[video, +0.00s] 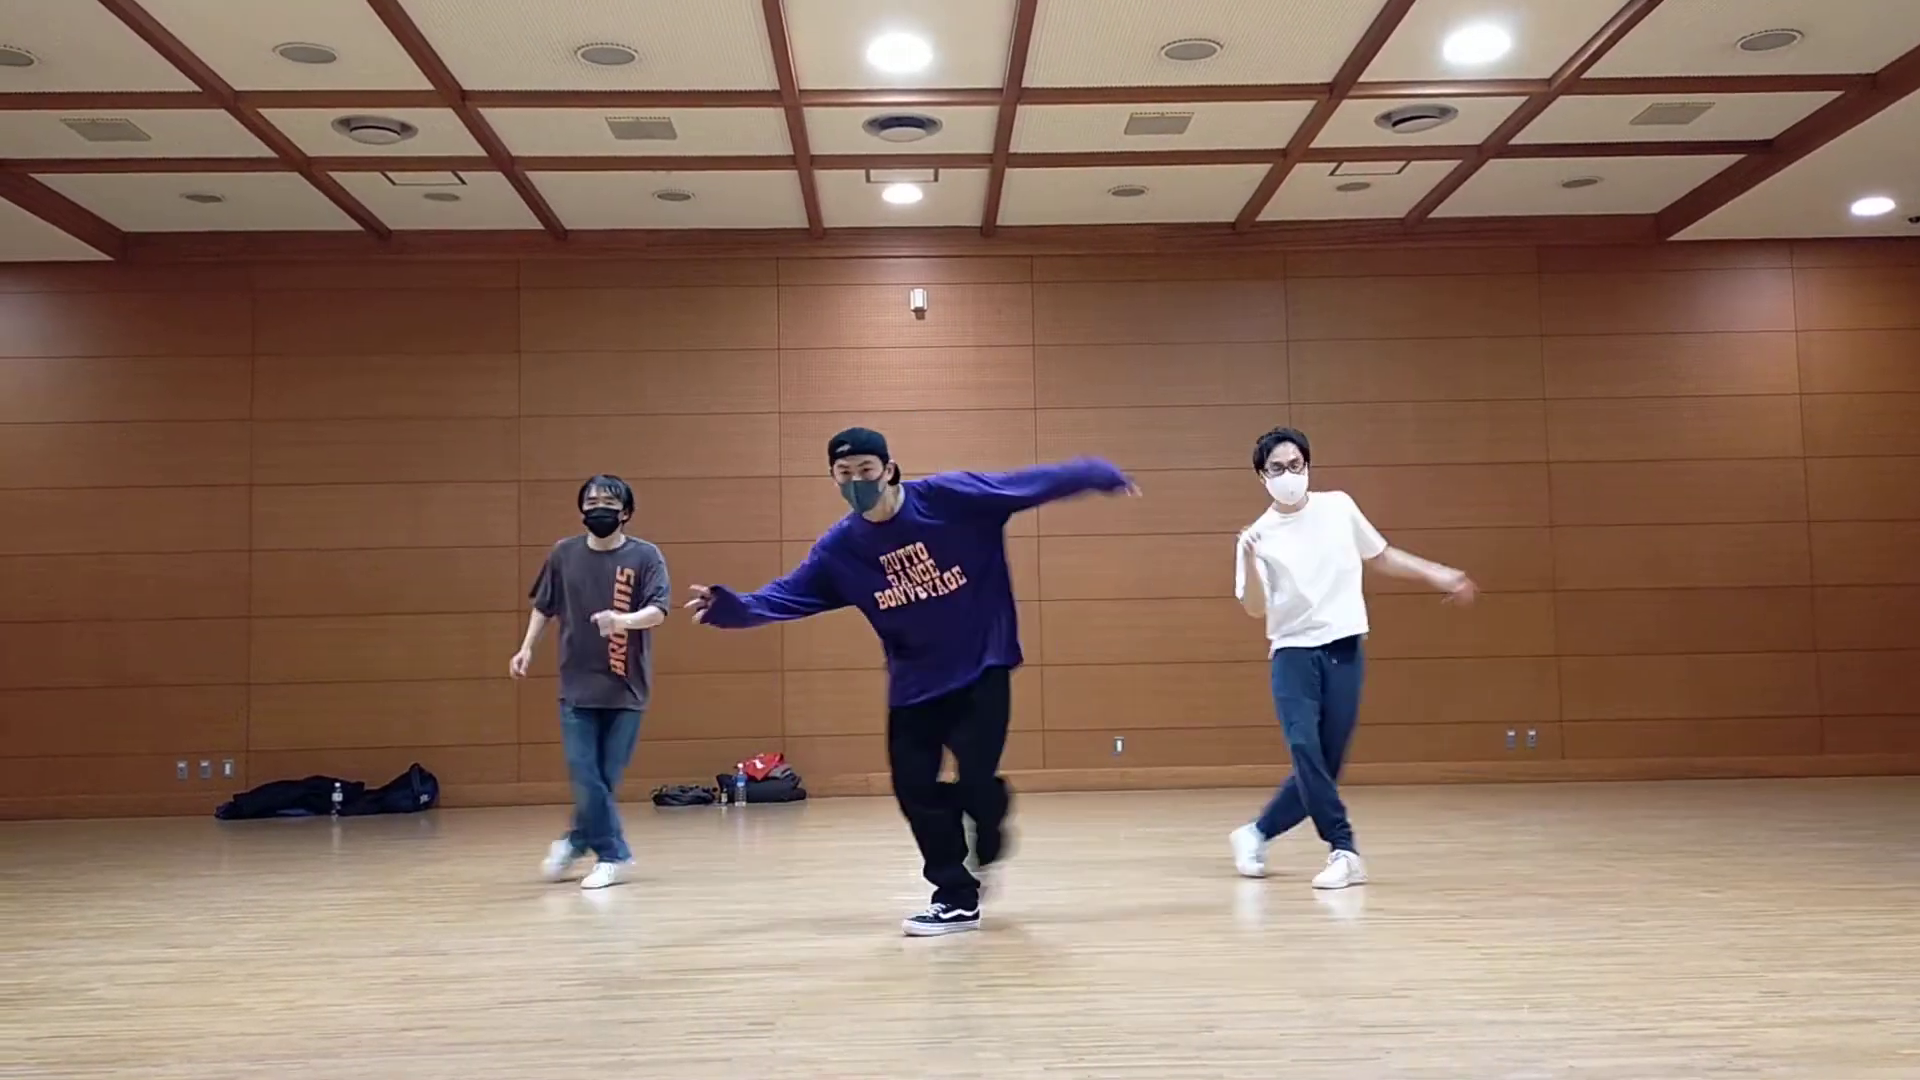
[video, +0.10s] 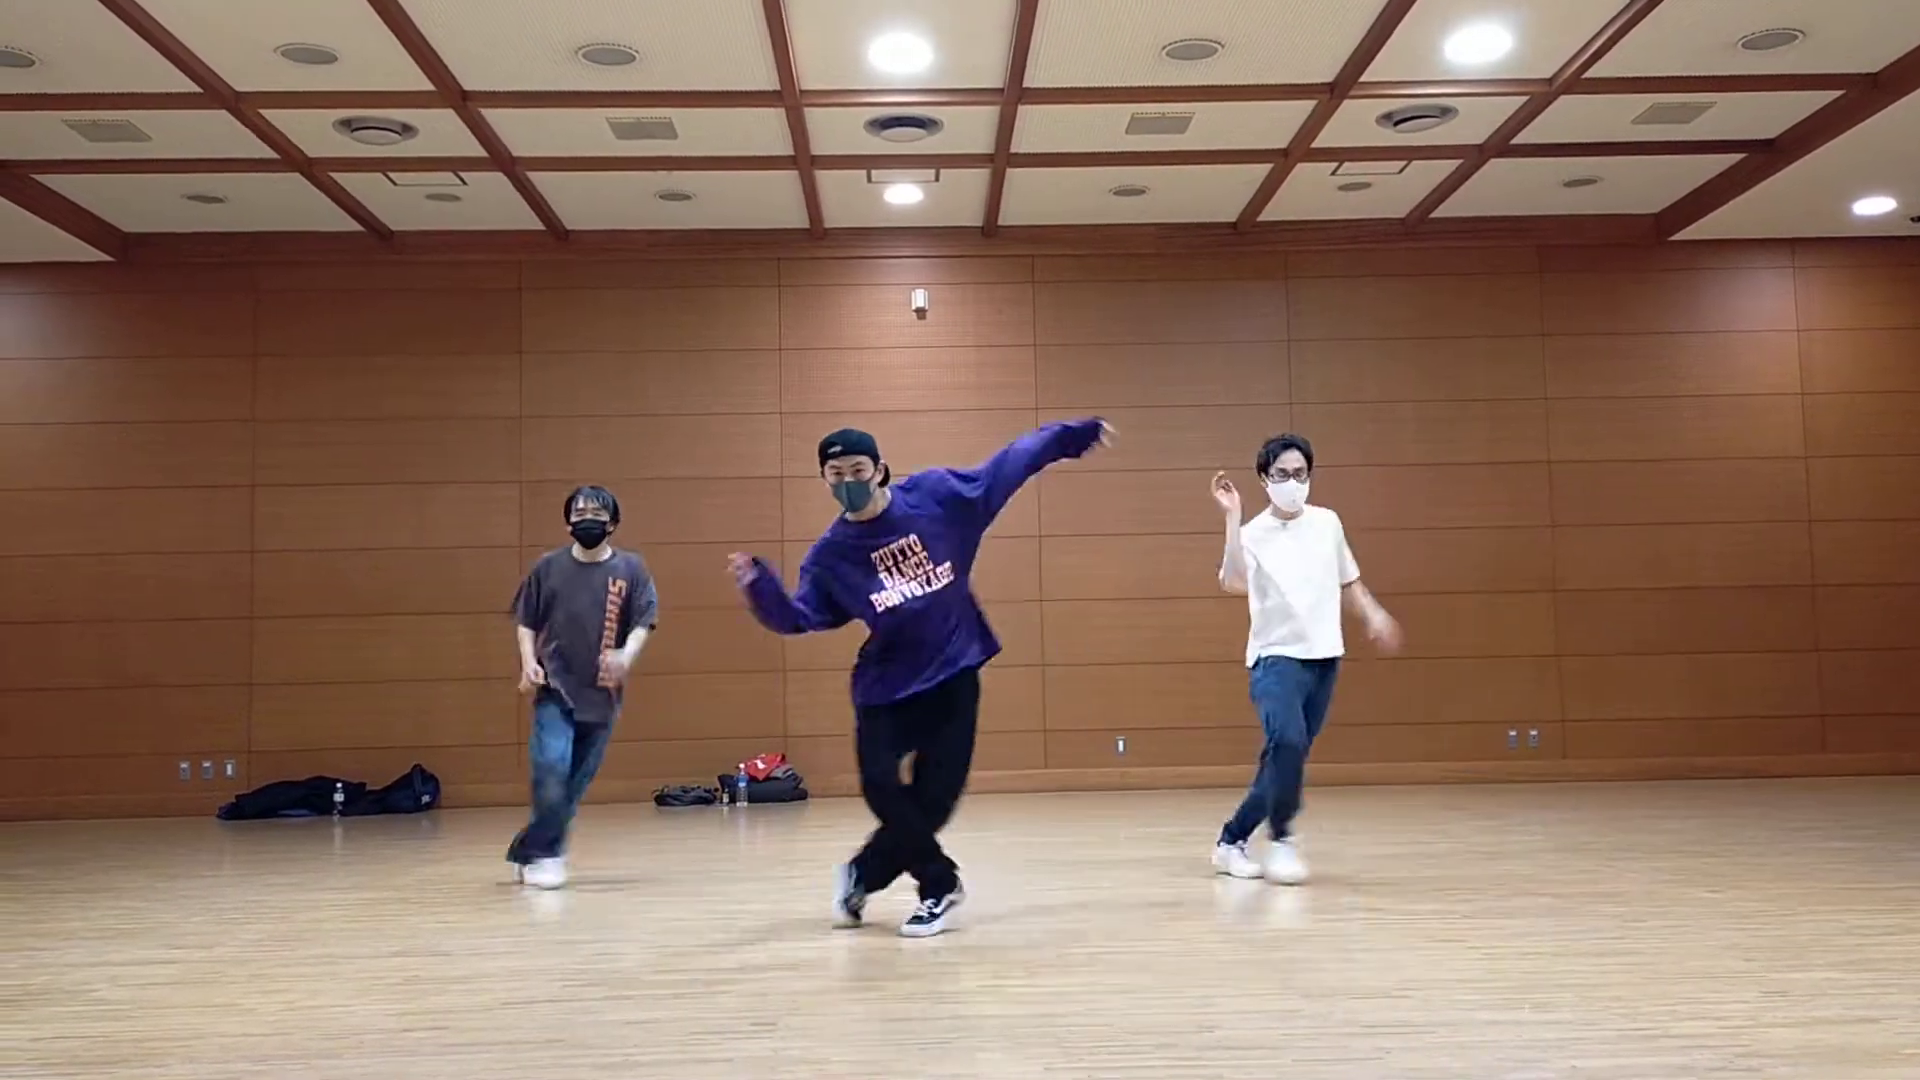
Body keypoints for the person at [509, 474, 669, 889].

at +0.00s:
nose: (600, 508)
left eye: (609, 501)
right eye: (593, 501)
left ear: (625, 511)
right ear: (582, 510)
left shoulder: (647, 556)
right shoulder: (563, 553)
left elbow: (657, 612)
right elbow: (544, 606)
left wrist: (621, 620)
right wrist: (527, 647)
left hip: (627, 688)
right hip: (578, 686)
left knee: (607, 775)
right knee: (582, 771)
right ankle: (612, 855)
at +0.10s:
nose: (589, 521)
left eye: (597, 515)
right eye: (581, 515)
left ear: (612, 522)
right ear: (569, 521)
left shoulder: (631, 569)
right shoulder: (549, 567)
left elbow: (644, 621)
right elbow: (526, 618)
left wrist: (624, 658)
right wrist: (528, 660)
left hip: (601, 689)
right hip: (555, 684)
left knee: (577, 779)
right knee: (551, 764)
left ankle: (532, 850)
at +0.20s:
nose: (578, 519)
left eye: (586, 513)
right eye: (570, 512)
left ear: (600, 522)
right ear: (558, 521)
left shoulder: (616, 574)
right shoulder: (538, 567)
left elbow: (624, 635)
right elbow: (516, 622)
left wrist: (628, 686)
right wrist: (551, 649)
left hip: (587, 702)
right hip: (542, 698)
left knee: (564, 790)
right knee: (530, 776)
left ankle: (530, 857)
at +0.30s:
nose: (573, 504)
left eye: (581, 498)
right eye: (565, 497)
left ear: (594, 507)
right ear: (552, 506)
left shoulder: (600, 559)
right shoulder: (536, 549)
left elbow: (606, 619)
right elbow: (521, 606)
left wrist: (620, 668)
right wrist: (576, 612)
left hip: (581, 690)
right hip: (536, 687)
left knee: (567, 780)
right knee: (510, 772)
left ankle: (534, 854)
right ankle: (471, 863)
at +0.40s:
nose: (580, 503)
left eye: (587, 496)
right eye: (570, 497)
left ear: (598, 504)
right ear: (555, 505)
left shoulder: (591, 549)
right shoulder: (540, 547)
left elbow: (578, 600)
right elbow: (532, 603)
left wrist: (599, 631)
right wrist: (588, 602)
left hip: (570, 680)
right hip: (528, 682)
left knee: (584, 761)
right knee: (504, 770)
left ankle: (552, 848)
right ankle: (462, 861)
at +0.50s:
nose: (587, 522)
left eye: (594, 515)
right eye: (577, 515)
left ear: (605, 523)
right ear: (561, 523)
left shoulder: (581, 565)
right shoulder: (550, 569)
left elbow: (559, 606)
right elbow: (550, 631)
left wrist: (582, 613)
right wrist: (610, 634)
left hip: (558, 688)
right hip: (521, 692)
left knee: (587, 764)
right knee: (495, 777)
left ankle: (606, 858)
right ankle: (443, 867)